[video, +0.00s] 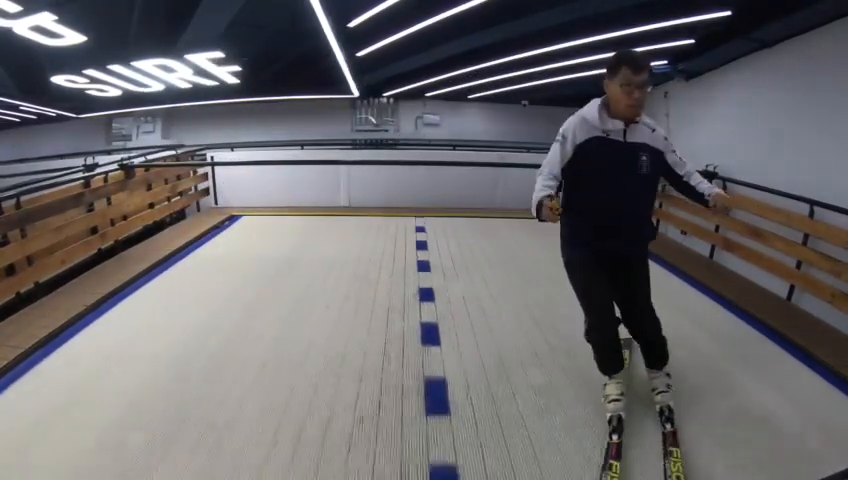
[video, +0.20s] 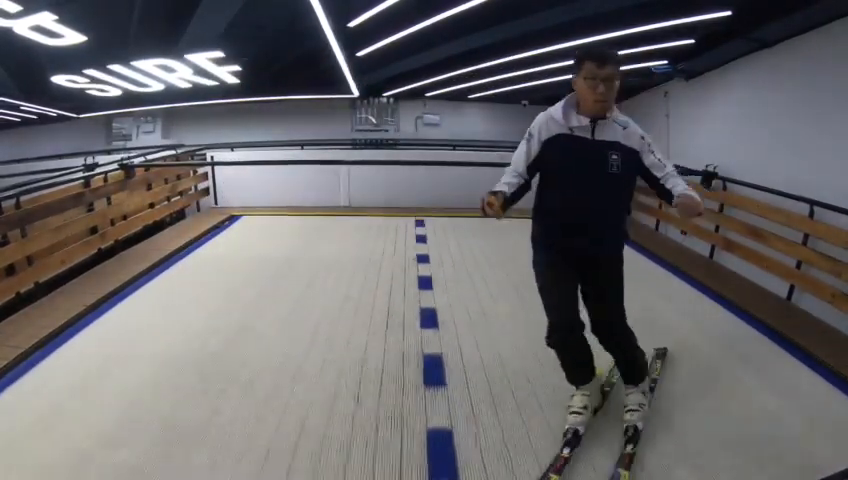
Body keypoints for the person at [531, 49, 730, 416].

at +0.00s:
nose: (637, 96)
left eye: (643, 88)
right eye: (629, 88)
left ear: (648, 89)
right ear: (607, 85)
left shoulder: (653, 136)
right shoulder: (578, 127)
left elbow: (680, 173)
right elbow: (548, 174)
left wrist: (710, 193)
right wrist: (543, 201)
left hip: (630, 241)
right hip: (583, 241)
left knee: (639, 311)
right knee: (599, 317)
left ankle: (658, 371)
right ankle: (612, 377)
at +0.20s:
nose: (601, 90)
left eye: (609, 82)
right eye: (592, 82)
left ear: (618, 86)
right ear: (575, 83)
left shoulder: (629, 134)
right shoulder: (547, 125)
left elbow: (662, 172)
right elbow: (518, 172)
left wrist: (684, 195)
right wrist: (499, 196)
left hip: (603, 246)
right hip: (553, 245)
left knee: (608, 325)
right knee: (561, 330)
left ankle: (636, 379)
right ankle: (585, 384)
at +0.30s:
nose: (574, 85)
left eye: (582, 77)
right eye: (565, 77)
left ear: (594, 80)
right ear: (551, 79)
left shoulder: (608, 131)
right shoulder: (523, 122)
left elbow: (643, 172)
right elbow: (495, 171)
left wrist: (663, 197)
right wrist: (473, 194)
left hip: (579, 247)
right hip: (527, 245)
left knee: (583, 329)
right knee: (530, 331)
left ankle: (617, 386)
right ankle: (559, 388)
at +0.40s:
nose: (540, 83)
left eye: (549, 74)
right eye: (532, 74)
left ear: (562, 76)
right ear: (519, 76)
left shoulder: (579, 129)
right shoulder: (494, 121)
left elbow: (615, 171)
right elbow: (467, 171)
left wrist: (633, 197)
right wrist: (440, 191)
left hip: (549, 247)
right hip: (499, 245)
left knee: (551, 332)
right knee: (496, 329)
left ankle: (591, 389)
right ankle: (528, 388)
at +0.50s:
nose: (501, 78)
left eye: (510, 70)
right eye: (493, 70)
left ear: (525, 72)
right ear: (482, 73)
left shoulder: (544, 127)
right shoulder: (459, 119)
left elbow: (583, 172)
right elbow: (434, 171)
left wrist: (595, 196)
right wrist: (403, 189)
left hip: (513, 246)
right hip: (464, 242)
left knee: (513, 330)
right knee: (457, 324)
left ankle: (556, 392)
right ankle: (490, 385)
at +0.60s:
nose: (457, 74)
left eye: (467, 66)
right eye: (450, 66)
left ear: (484, 70)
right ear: (441, 70)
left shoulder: (504, 123)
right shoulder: (421, 116)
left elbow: (544, 169)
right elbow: (397, 166)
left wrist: (550, 193)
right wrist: (364, 185)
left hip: (474, 239)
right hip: (426, 234)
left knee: (470, 325)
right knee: (416, 319)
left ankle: (515, 393)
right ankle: (447, 378)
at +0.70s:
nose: (412, 70)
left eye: (422, 62)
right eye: (405, 62)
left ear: (441, 66)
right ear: (398, 66)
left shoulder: (458, 117)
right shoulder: (379, 112)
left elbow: (498, 161)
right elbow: (353, 162)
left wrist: (503, 186)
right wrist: (319, 180)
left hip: (433, 233)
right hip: (386, 229)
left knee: (431, 319)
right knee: (374, 311)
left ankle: (474, 387)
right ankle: (403, 370)